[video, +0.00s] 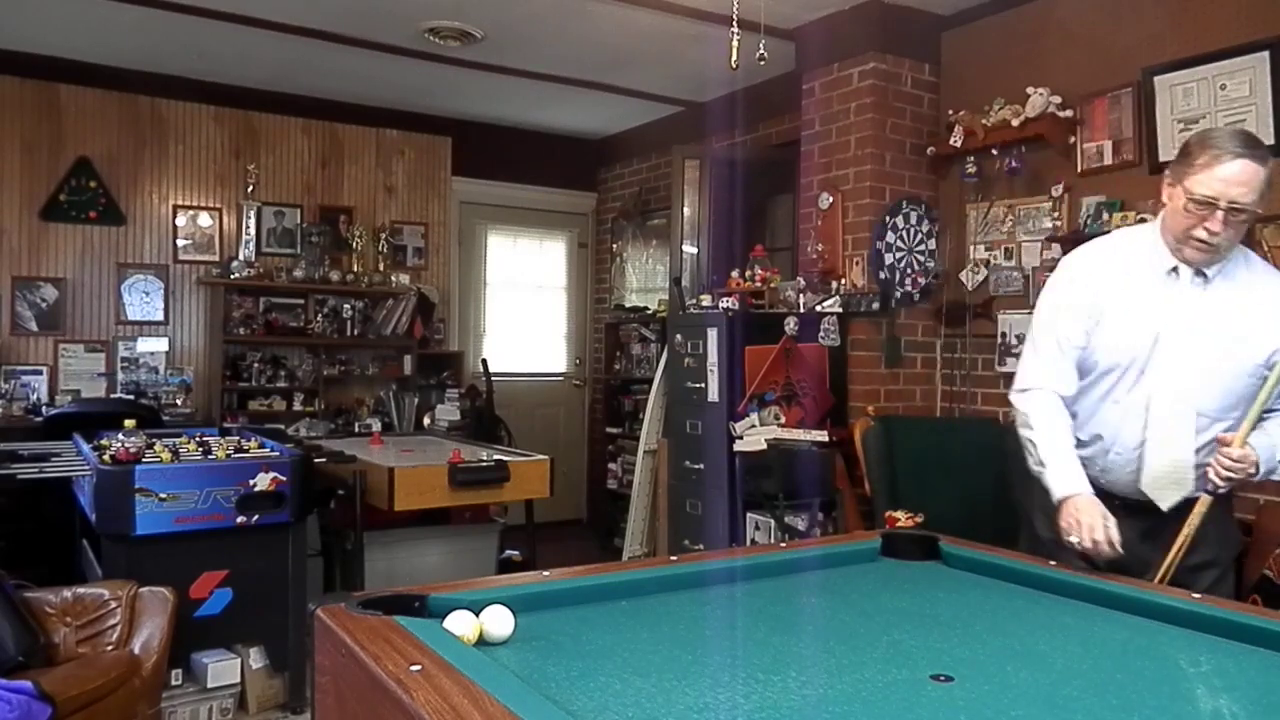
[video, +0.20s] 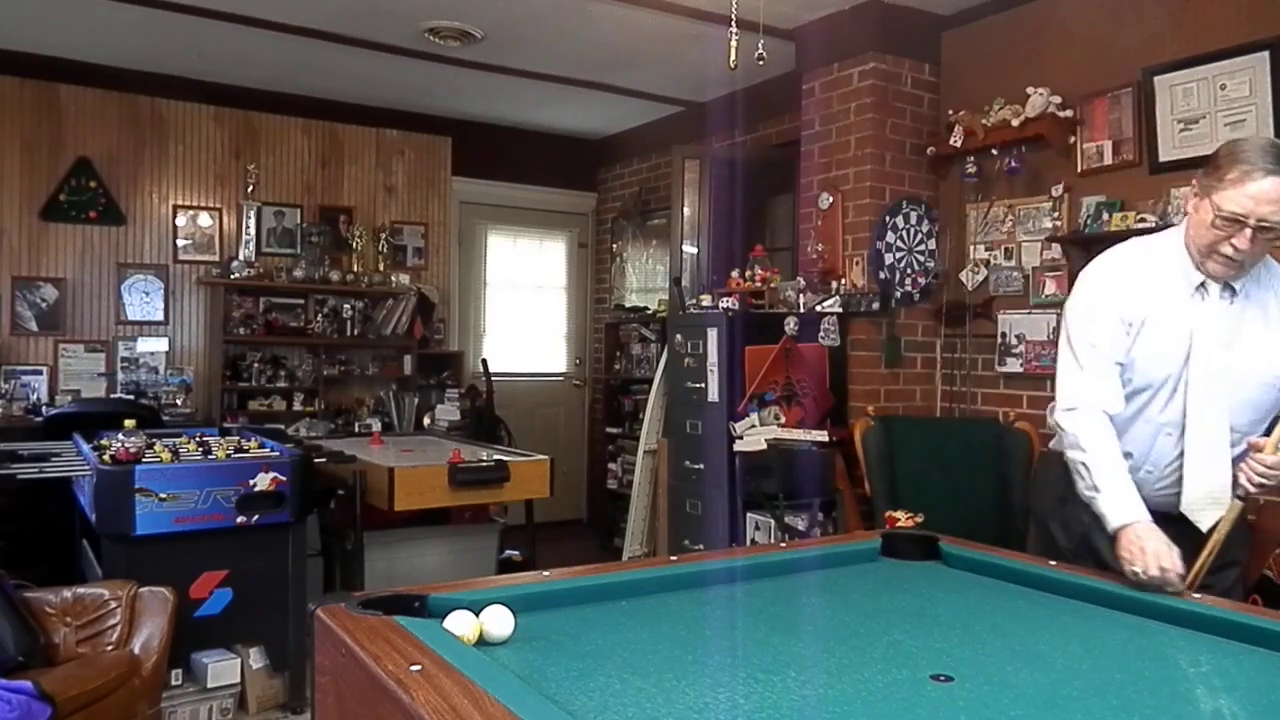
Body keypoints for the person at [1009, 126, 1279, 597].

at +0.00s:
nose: (1216, 225)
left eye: (1237, 213)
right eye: (1203, 203)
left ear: (1255, 216)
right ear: (1169, 191)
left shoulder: (1269, 295)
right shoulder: (1091, 268)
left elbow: (1275, 415)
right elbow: (1037, 389)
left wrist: (1255, 456)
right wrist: (1073, 495)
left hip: (1196, 524)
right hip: (1080, 515)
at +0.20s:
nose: (1243, 244)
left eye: (1265, 231)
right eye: (1231, 220)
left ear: (1277, 233)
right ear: (1193, 200)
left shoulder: (1273, 293)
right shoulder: (1113, 279)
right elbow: (1079, 414)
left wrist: (1268, 462)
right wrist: (1129, 523)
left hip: (1209, 522)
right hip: (1090, 510)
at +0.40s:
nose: (1264, 260)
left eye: (1277, 246)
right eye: (1250, 236)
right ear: (1208, 214)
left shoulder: (1271, 297)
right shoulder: (1128, 289)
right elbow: (1117, 432)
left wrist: (1267, 457)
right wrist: (1179, 541)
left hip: (1207, 520)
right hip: (1097, 510)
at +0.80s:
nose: (1265, 237)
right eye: (1253, 212)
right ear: (1216, 193)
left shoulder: (1273, 290)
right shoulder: (1129, 274)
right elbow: (1064, 404)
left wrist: (1270, 463)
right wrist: (1134, 499)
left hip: (1227, 533)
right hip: (1103, 522)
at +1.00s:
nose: (1212, 211)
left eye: (1238, 198)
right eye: (1202, 190)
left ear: (1270, 206)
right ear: (1179, 185)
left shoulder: (1274, 278)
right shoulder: (1110, 266)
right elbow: (1038, 385)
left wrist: (1270, 452)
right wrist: (1075, 488)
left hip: (1224, 532)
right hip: (1102, 520)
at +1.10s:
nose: (1178, 203)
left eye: (1202, 188)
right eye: (1166, 185)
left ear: (1248, 188)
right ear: (1150, 182)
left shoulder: (1270, 278)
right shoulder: (1094, 269)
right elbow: (1033, 383)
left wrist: (1245, 442)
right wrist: (1051, 482)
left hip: (1213, 530)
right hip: (1094, 518)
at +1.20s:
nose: (1145, 197)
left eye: (1165, 182)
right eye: (1133, 182)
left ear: (1217, 181)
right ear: (1122, 184)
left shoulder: (1263, 277)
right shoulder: (1080, 272)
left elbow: (1275, 413)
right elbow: (1029, 384)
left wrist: (1217, 432)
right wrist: (1037, 480)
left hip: (1203, 526)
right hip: (1083, 515)